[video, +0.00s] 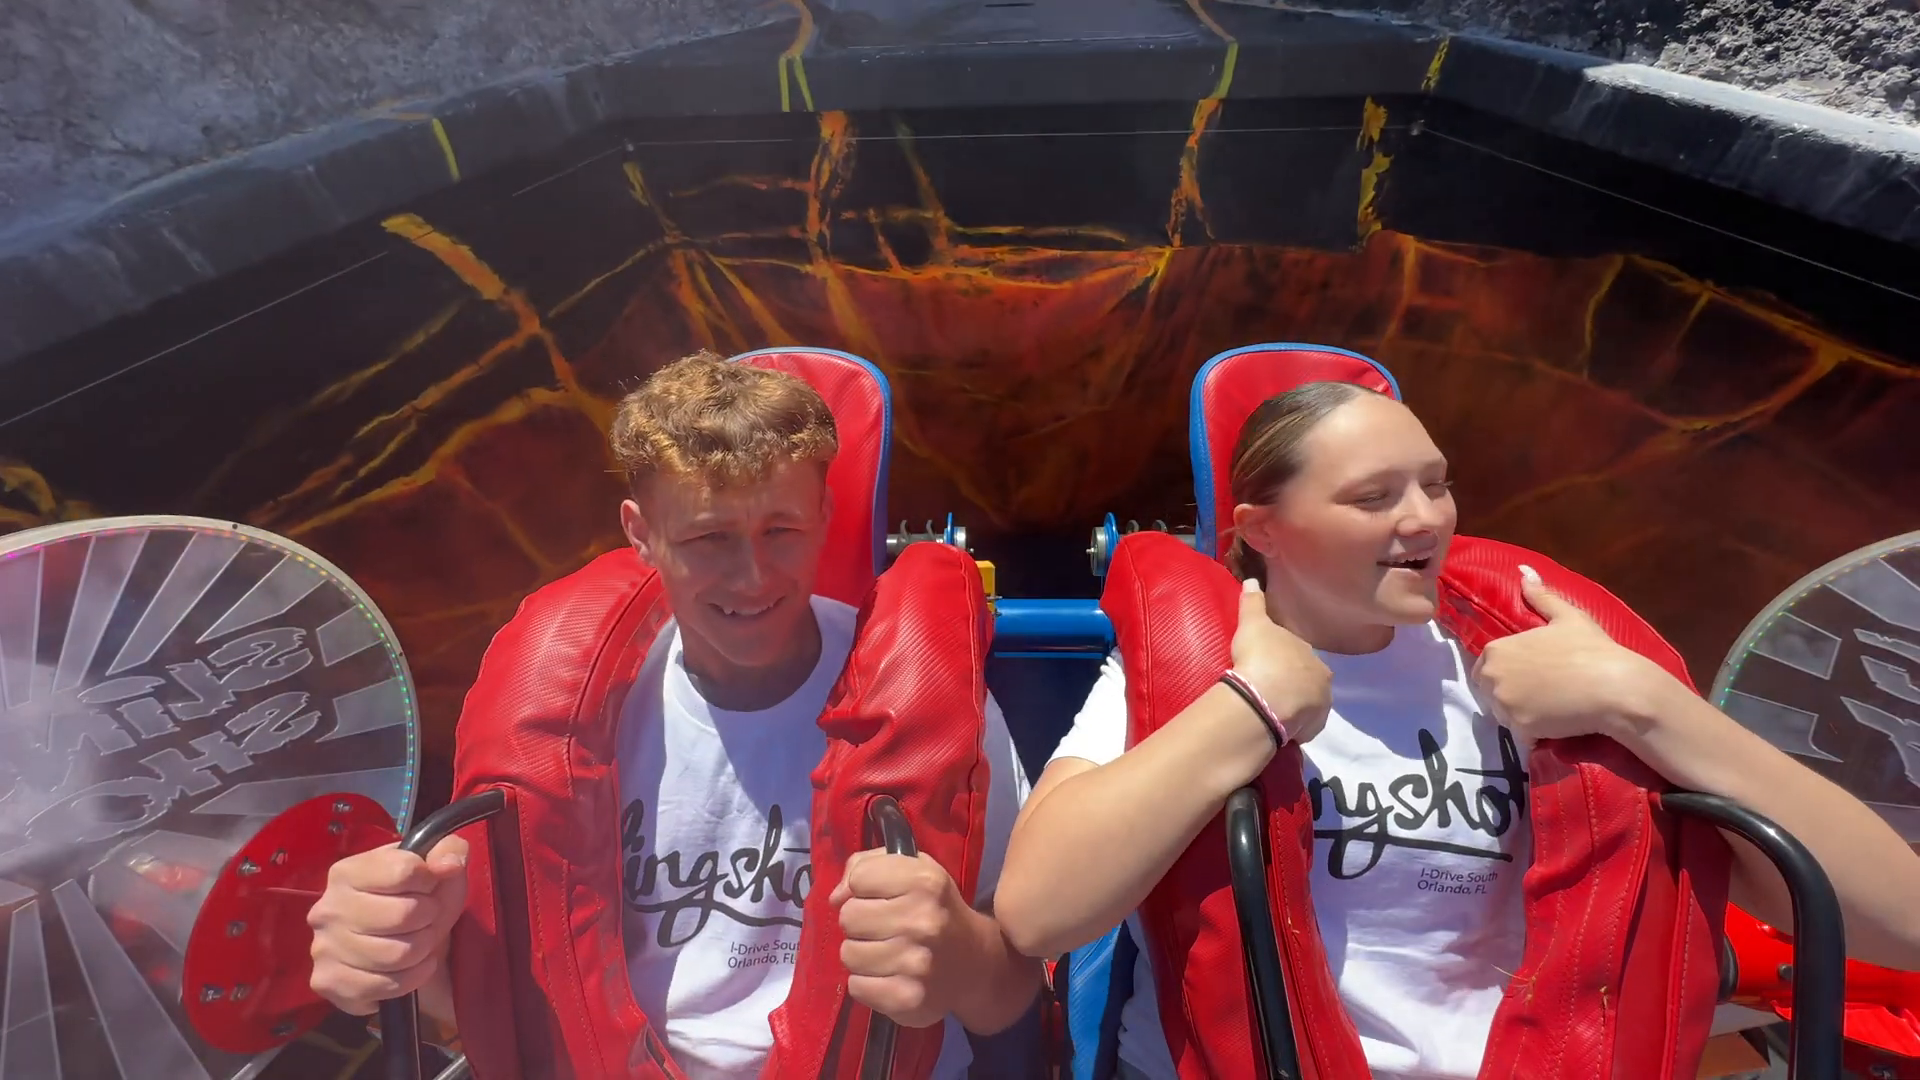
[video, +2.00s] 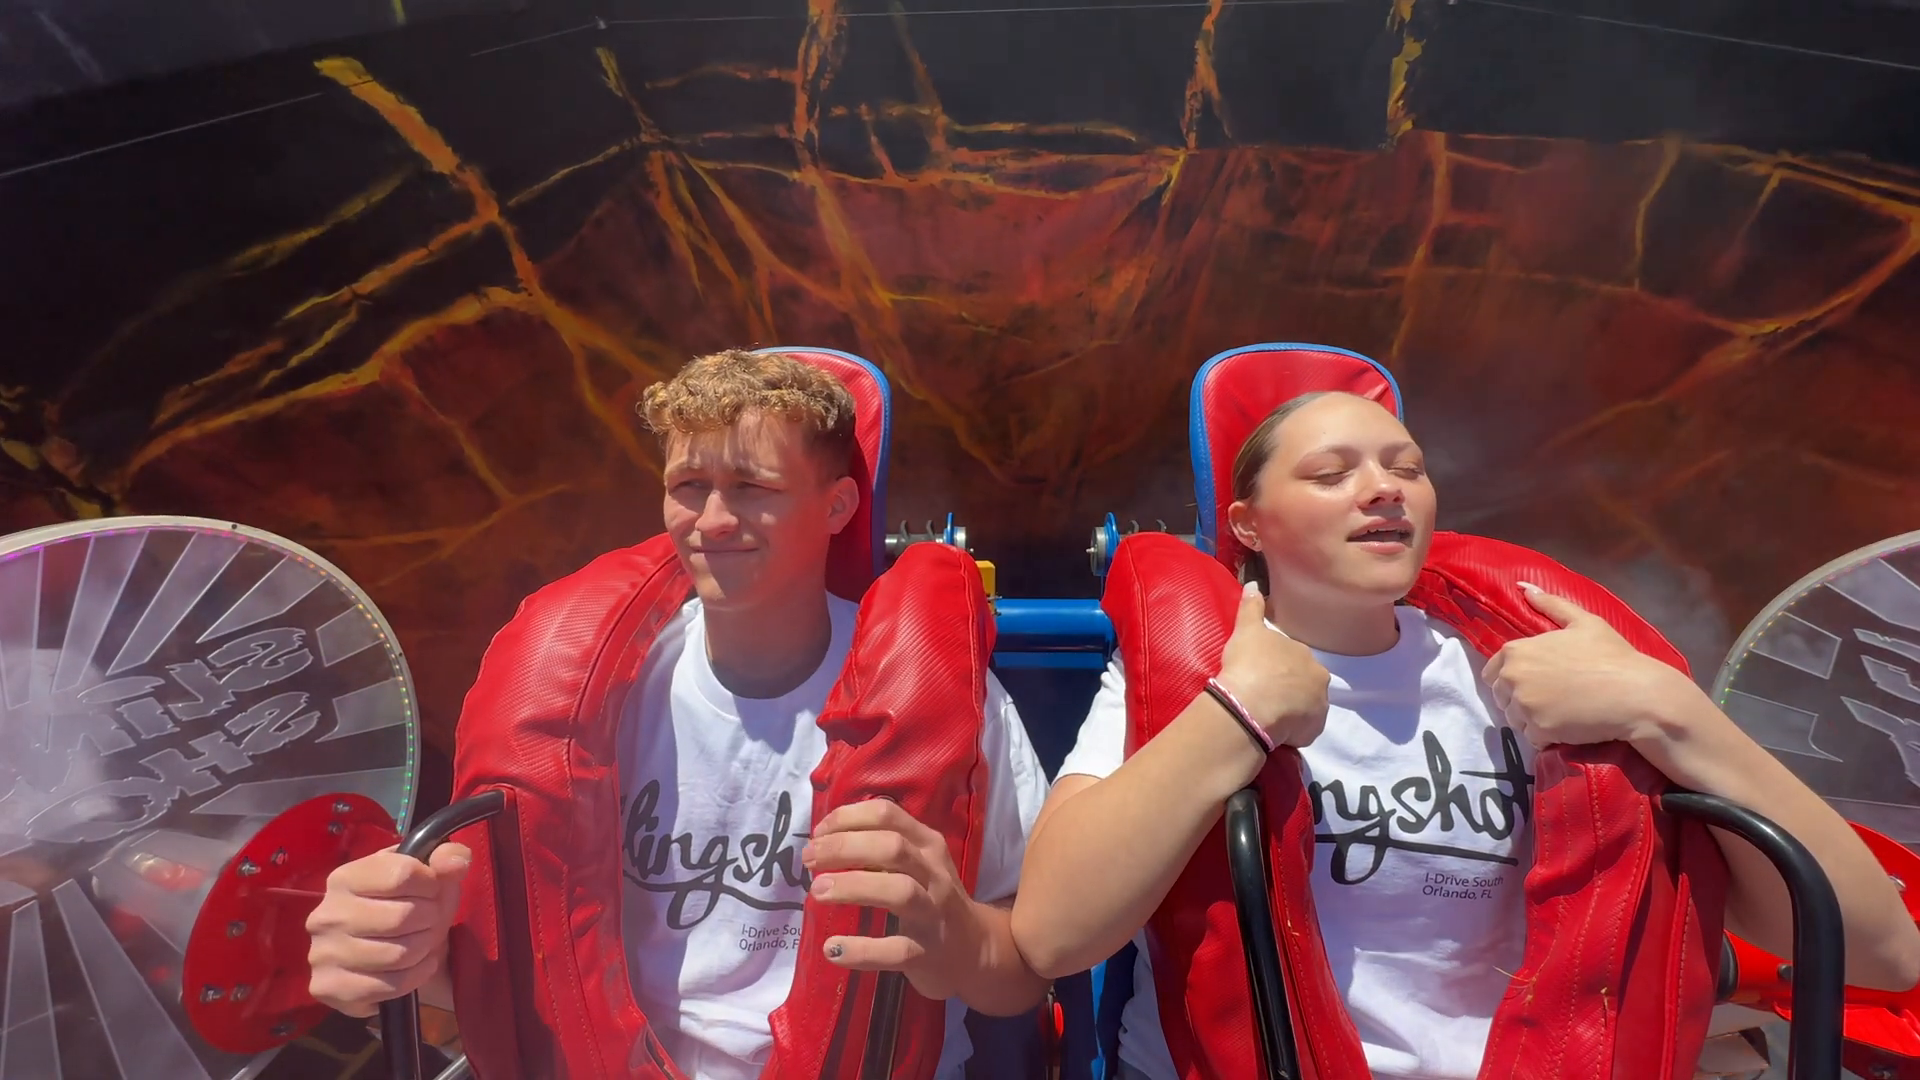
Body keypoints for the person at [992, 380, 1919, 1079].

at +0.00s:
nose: (1429, 521)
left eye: (1434, 484)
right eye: (1376, 497)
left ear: (1450, 485)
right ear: (1257, 528)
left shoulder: (1530, 670)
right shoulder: (1176, 672)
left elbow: (1902, 918)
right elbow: (1035, 915)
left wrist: (1642, 703)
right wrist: (1250, 711)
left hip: (1532, 1066)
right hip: (1301, 1067)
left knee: (1749, 1054)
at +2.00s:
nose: (1386, 489)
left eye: (1402, 463)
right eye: (1332, 471)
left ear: (1432, 494)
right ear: (1250, 524)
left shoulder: (1537, 677)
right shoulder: (1172, 678)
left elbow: (1883, 947)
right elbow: (1048, 939)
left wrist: (1666, 706)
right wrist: (1239, 718)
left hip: (1526, 1065)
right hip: (1293, 1066)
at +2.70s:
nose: (1389, 487)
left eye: (1405, 463)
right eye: (1333, 468)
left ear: (1429, 494)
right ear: (1249, 525)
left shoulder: (1541, 676)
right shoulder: (1168, 674)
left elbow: (1859, 965)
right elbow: (1065, 961)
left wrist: (1694, 713)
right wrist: (1200, 733)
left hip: (1531, 1069)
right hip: (1280, 1071)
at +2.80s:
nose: (1387, 484)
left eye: (1405, 462)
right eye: (1332, 467)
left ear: (1432, 499)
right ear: (1246, 522)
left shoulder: (1531, 666)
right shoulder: (1159, 672)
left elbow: (1760, 973)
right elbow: (1084, 977)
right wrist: (1167, 812)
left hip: (1522, 1056)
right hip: (1270, 1059)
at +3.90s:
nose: (1383, 485)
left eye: (1401, 460)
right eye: (1330, 468)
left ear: (1432, 492)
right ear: (1244, 523)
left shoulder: (1531, 668)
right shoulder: (1173, 668)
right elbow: (1086, 955)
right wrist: (1163, 913)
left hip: (1503, 1069)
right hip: (1280, 1065)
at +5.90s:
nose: (1384, 480)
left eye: (1401, 456)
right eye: (1329, 466)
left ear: (1432, 491)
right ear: (1244, 523)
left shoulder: (1525, 670)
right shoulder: (1173, 668)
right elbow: (1085, 956)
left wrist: (1750, 929)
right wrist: (1161, 911)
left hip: (1505, 1067)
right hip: (1289, 1066)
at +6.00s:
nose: (1384, 479)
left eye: (1401, 455)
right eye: (1330, 464)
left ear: (1433, 489)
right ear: (1244, 522)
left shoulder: (1524, 670)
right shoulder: (1172, 668)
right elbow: (1085, 956)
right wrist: (1161, 911)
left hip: (1506, 1066)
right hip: (1290, 1065)